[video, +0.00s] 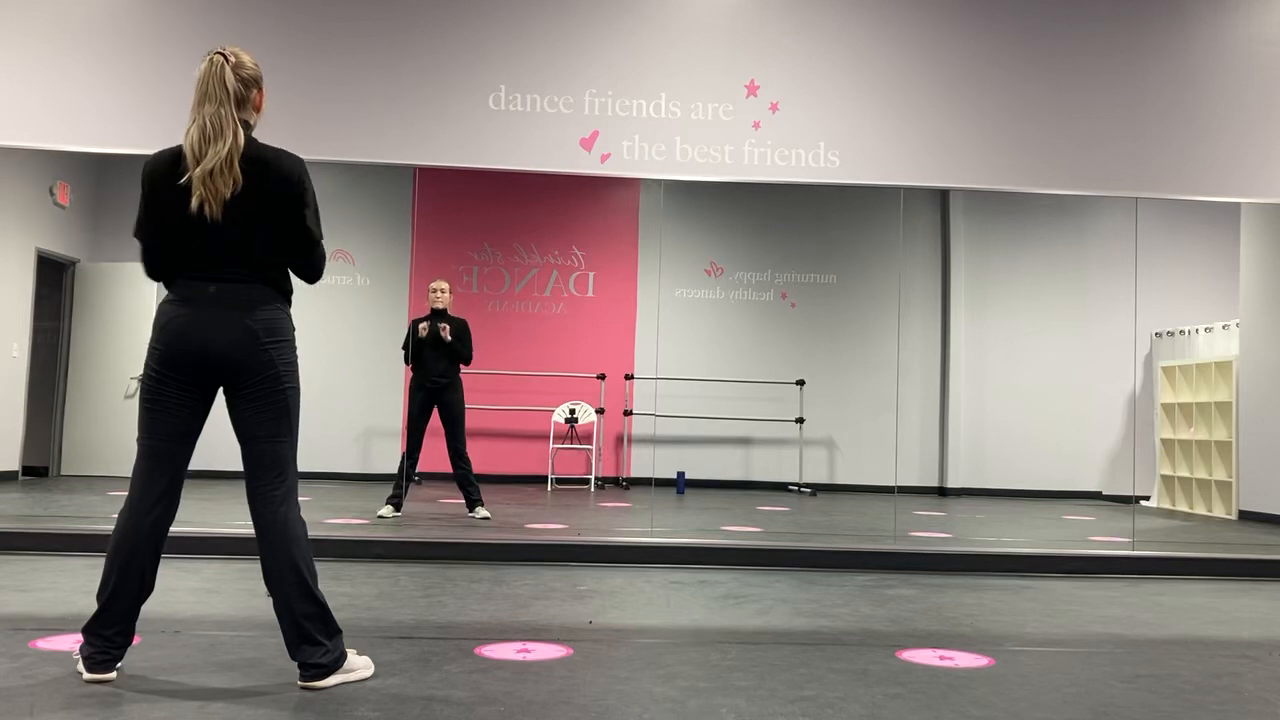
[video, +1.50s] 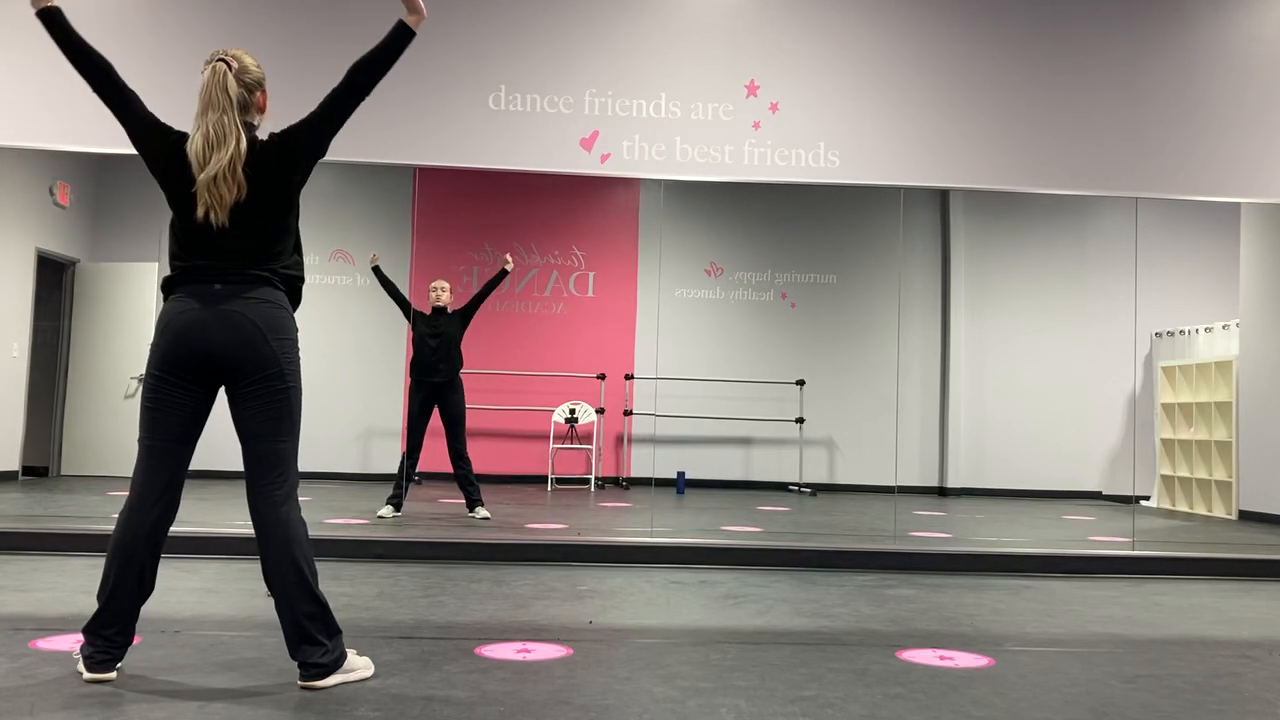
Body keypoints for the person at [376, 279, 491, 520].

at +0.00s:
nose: (438, 294)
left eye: (442, 291)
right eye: (434, 291)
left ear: (450, 297)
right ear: (427, 297)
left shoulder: (459, 324)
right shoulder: (417, 325)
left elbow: (467, 359)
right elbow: (408, 358)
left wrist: (449, 339)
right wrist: (419, 338)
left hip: (450, 390)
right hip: (421, 390)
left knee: (458, 448)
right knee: (412, 448)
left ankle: (475, 504)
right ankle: (394, 503)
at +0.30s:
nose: (437, 296)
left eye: (441, 293)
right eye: (433, 293)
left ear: (448, 298)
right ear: (428, 299)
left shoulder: (455, 322)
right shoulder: (421, 321)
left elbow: (454, 300)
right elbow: (416, 295)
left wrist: (444, 276)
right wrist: (428, 273)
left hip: (450, 388)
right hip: (421, 387)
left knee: (458, 448)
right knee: (412, 448)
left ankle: (475, 505)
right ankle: (394, 503)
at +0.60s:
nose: (437, 295)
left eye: (441, 291)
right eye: (433, 291)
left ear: (448, 296)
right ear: (427, 297)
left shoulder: (455, 317)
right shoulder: (420, 316)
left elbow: (455, 287)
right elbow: (419, 284)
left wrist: (454, 251)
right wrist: (421, 251)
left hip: (450, 387)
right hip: (421, 387)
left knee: (458, 447)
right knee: (412, 447)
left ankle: (475, 504)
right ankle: (394, 503)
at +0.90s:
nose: (438, 292)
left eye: (442, 290)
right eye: (434, 289)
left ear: (450, 296)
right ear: (428, 295)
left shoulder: (456, 316)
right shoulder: (420, 315)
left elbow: (462, 286)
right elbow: (413, 283)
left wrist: (469, 251)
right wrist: (410, 249)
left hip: (450, 386)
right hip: (421, 386)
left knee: (458, 447)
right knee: (412, 447)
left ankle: (475, 504)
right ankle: (394, 503)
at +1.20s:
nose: (437, 292)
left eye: (442, 290)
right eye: (434, 290)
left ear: (450, 296)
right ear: (428, 296)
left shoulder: (457, 317)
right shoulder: (419, 317)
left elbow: (473, 288)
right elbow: (405, 286)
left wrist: (487, 258)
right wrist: (394, 255)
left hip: (450, 388)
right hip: (421, 388)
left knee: (458, 447)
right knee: (412, 447)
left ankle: (474, 505)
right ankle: (394, 503)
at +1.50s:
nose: (437, 293)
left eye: (442, 290)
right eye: (434, 290)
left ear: (451, 296)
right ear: (428, 296)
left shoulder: (459, 319)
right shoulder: (418, 319)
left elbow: (481, 295)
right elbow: (396, 294)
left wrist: (504, 270)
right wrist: (376, 268)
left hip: (451, 389)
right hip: (421, 389)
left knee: (458, 449)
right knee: (412, 448)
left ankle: (475, 505)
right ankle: (394, 504)